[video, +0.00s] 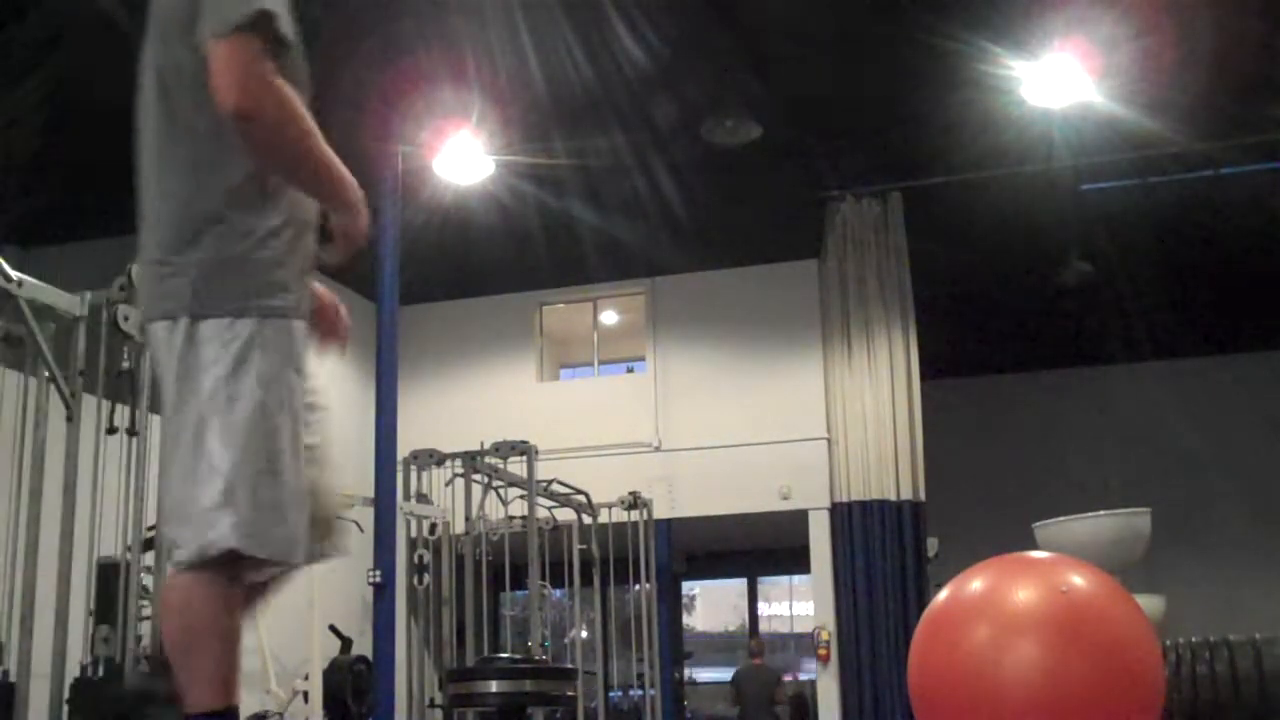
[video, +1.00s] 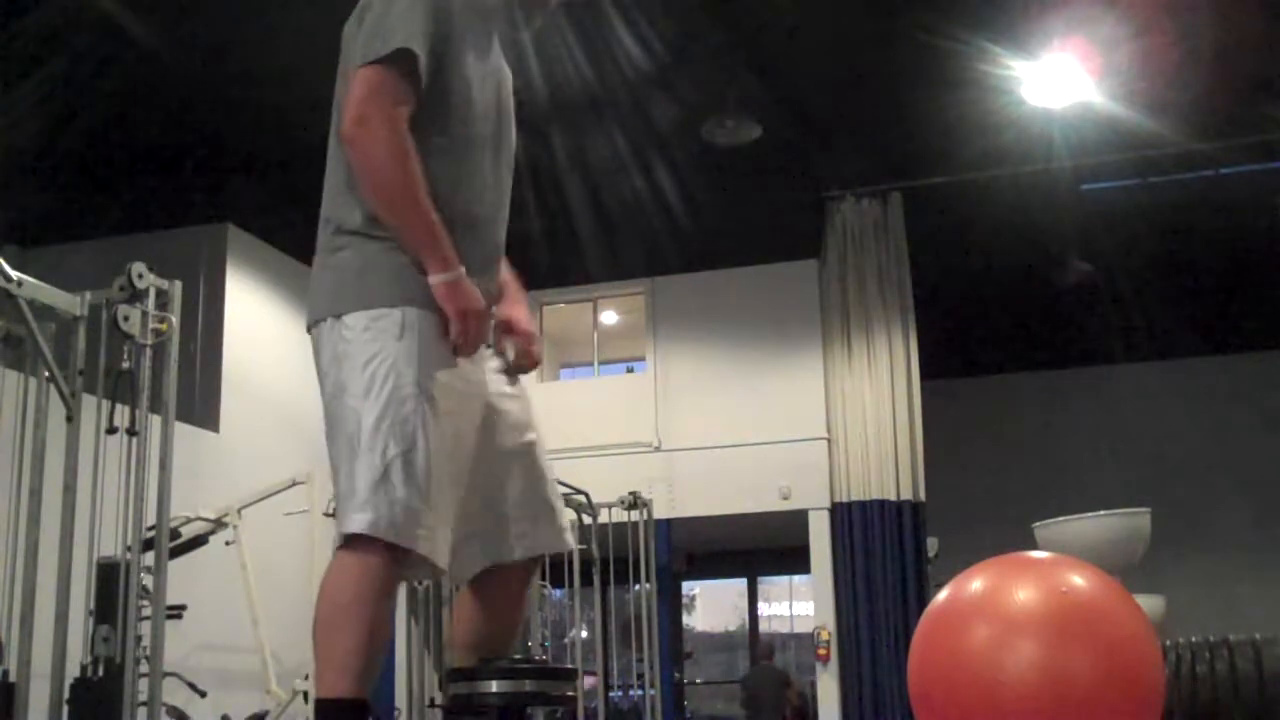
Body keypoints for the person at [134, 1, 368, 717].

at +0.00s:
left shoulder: (191, 21)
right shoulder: (227, 7)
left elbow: (208, 165)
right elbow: (244, 90)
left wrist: (296, 283)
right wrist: (347, 195)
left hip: (241, 300)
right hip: (220, 298)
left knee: (290, 531)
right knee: (218, 541)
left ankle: (161, 683)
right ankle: (210, 710)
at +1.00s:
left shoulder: (487, 41)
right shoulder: (412, 5)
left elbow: (456, 189)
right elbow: (369, 119)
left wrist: (509, 289)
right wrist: (445, 268)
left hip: (461, 307)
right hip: (385, 294)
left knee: (514, 540)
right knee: (380, 529)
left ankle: (465, 715)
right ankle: (339, 712)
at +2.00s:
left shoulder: (527, 59)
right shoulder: (434, 5)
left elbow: (514, 197)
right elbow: (400, 125)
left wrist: (540, 313)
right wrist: (430, 271)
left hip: (500, 332)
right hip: (418, 306)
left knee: (485, 555)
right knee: (400, 526)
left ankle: (472, 717)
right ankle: (358, 714)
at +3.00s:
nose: (645, 186)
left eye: (648, 168)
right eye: (632, 161)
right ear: (571, 154)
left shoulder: (572, 305)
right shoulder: (493, 237)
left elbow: (543, 460)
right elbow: (474, 430)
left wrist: (547, 605)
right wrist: (488, 601)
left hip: (397, 446)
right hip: (307, 427)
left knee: (566, 570)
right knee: (459, 548)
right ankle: (355, 709)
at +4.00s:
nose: (554, 47)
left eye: (552, 31)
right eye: (533, 26)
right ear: (473, 38)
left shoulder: (530, 208)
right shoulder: (436, 142)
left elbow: (523, 352)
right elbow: (454, 320)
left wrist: (536, 485)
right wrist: (475, 472)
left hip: (389, 388)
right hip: (304, 371)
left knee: (505, 544)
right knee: (416, 528)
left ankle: (474, 703)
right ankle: (343, 712)